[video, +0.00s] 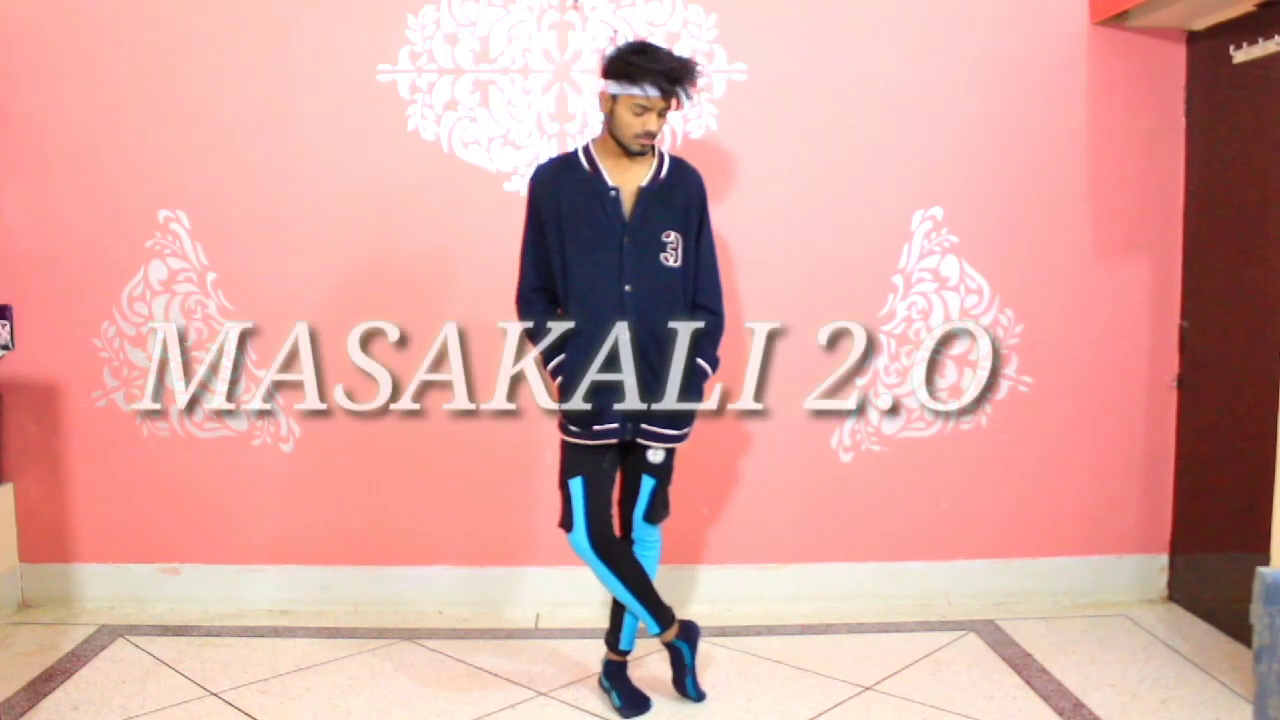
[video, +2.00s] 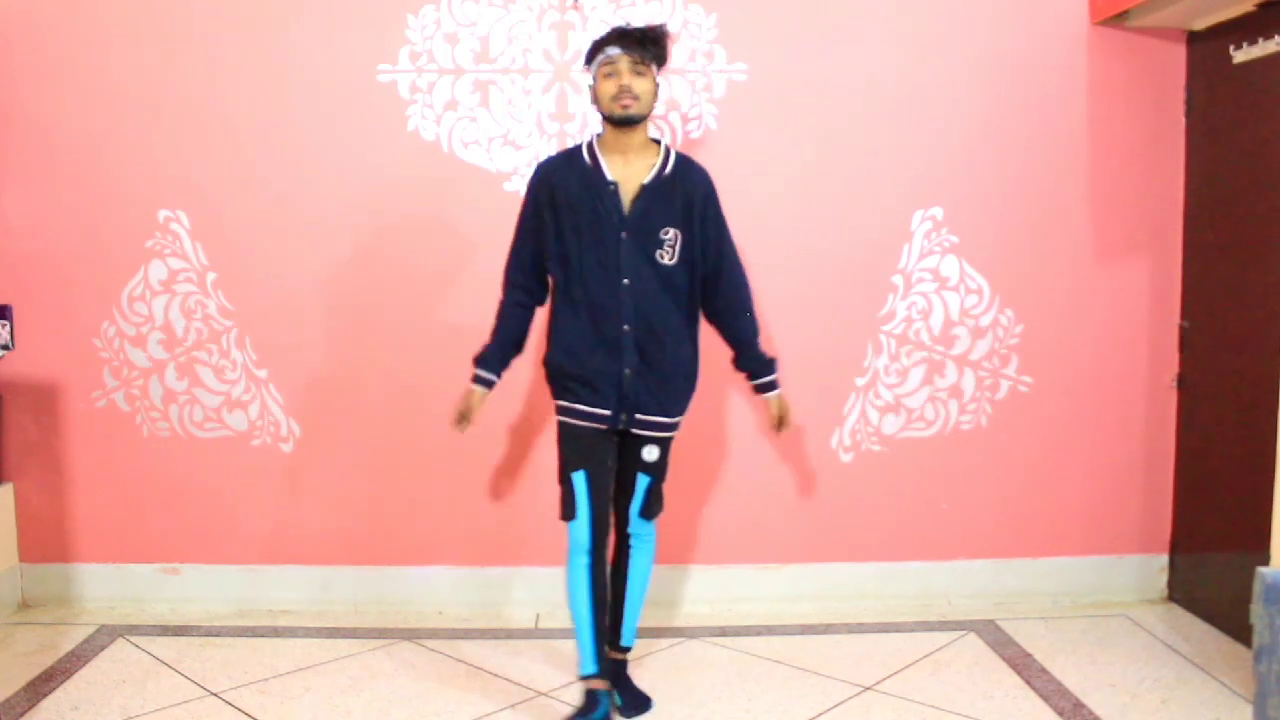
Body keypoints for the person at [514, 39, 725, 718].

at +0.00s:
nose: (654, 125)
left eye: (663, 112)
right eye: (641, 111)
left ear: (671, 111)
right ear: (607, 104)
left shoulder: (682, 182)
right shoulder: (556, 179)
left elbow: (706, 293)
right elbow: (534, 291)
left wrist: (698, 370)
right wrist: (561, 363)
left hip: (666, 387)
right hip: (590, 387)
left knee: (644, 527)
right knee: (587, 532)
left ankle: (616, 661)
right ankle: (674, 633)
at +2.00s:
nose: (624, 85)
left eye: (637, 73)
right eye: (610, 74)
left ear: (657, 85)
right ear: (593, 88)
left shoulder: (687, 180)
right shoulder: (557, 177)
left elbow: (722, 281)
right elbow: (525, 283)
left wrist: (761, 376)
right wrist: (486, 374)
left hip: (659, 383)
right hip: (582, 379)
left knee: (638, 525)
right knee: (587, 524)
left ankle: (618, 664)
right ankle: (593, 682)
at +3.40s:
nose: (595, 99)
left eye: (608, 90)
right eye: (582, 89)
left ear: (626, 105)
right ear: (561, 102)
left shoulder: (647, 191)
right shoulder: (526, 186)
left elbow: (654, 293)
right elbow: (506, 294)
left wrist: (649, 377)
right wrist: (514, 391)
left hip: (624, 380)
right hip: (552, 380)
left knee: (627, 513)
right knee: (566, 506)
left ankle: (625, 661)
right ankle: (586, 610)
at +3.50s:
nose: (602, 91)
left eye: (615, 80)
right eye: (589, 80)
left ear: (634, 95)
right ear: (568, 93)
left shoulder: (654, 186)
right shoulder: (532, 178)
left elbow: (662, 296)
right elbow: (517, 289)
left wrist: (659, 388)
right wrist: (543, 381)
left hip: (631, 380)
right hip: (559, 377)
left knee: (627, 516)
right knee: (562, 506)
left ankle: (624, 664)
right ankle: (583, 602)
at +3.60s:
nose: (605, 81)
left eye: (619, 71)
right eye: (592, 71)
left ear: (638, 87)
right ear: (572, 87)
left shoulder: (663, 179)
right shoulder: (537, 172)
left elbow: (677, 291)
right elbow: (526, 286)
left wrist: (677, 390)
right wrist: (572, 364)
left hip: (638, 381)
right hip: (561, 377)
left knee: (628, 520)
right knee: (546, 511)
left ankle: (622, 666)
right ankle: (588, 595)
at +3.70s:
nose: (605, 77)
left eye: (619, 67)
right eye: (592, 68)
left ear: (639, 82)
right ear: (574, 85)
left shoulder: (667, 178)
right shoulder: (538, 170)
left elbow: (690, 286)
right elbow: (530, 279)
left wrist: (694, 389)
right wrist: (576, 348)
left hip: (641, 382)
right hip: (561, 376)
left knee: (631, 523)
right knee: (538, 515)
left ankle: (622, 667)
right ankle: (584, 612)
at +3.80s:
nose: (605, 73)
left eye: (619, 62)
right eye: (591, 63)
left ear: (640, 77)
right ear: (573, 80)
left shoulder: (671, 173)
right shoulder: (539, 169)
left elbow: (697, 283)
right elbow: (530, 282)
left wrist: (708, 386)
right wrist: (566, 352)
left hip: (641, 379)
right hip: (562, 376)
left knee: (631, 524)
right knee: (556, 522)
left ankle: (621, 670)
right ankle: (567, 671)